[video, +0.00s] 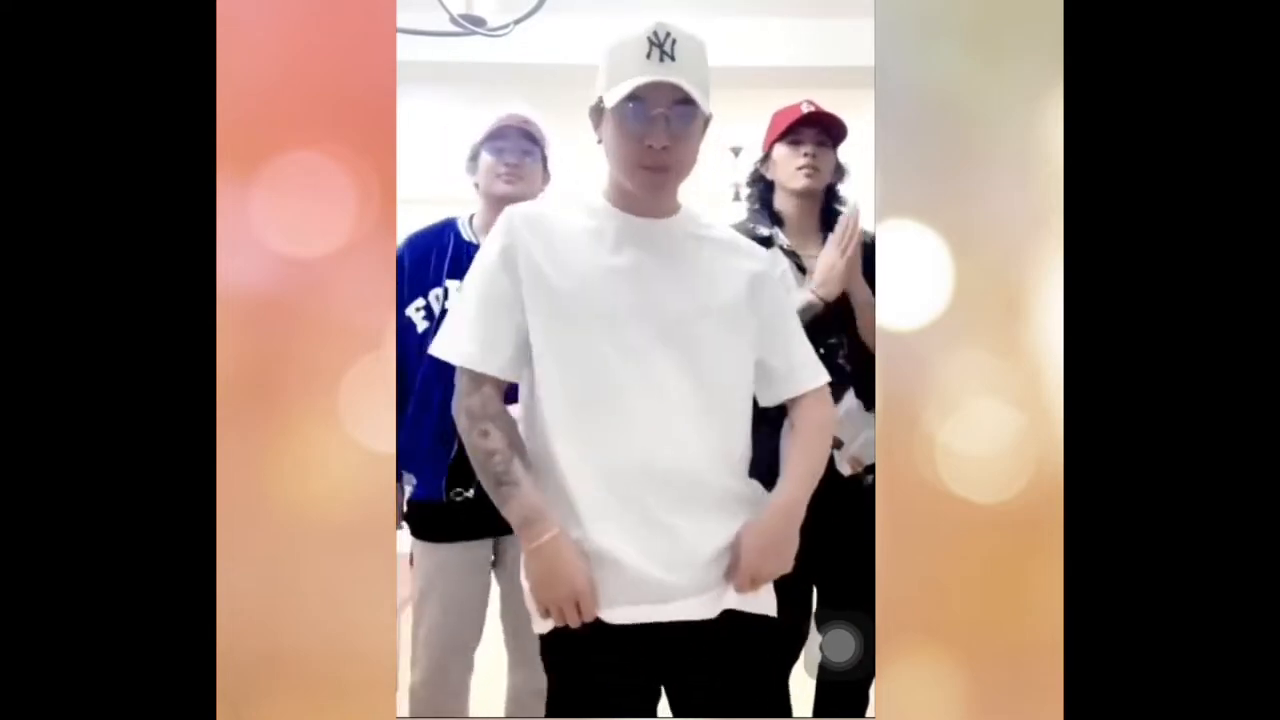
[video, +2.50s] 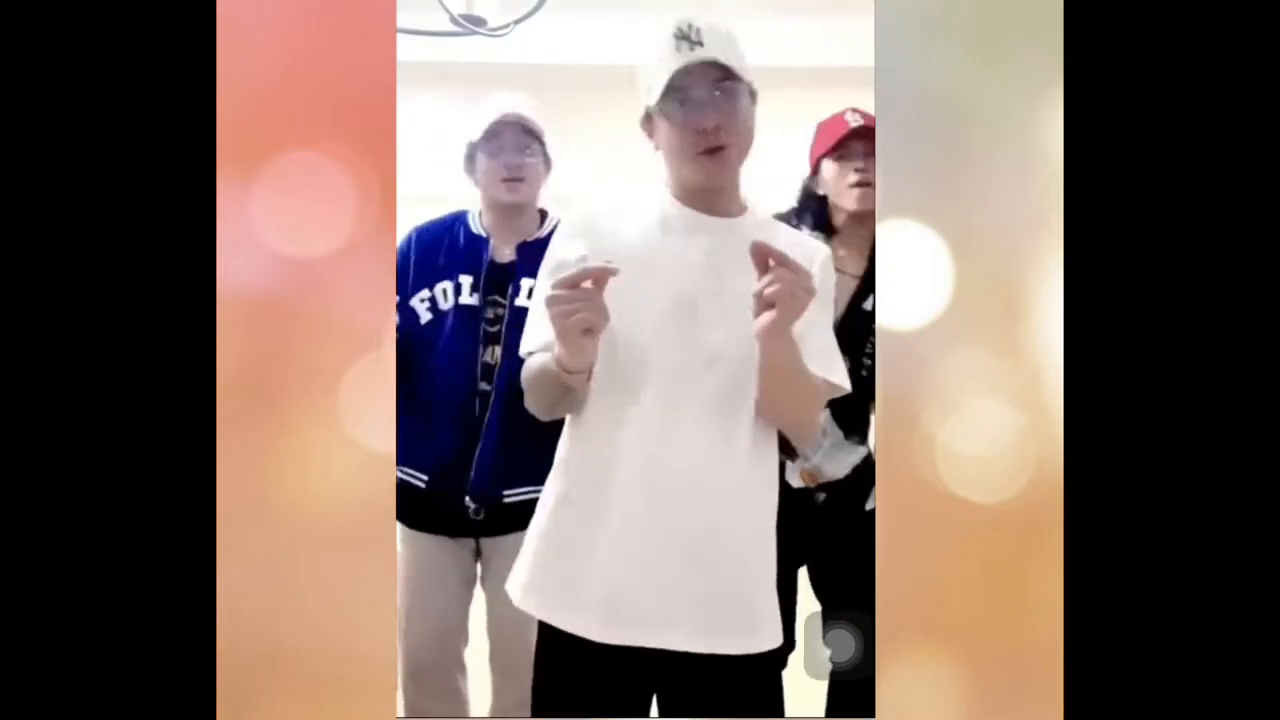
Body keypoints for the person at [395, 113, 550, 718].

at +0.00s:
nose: (511, 160)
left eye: (527, 153)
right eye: (498, 150)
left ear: (545, 179)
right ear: (473, 168)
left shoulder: (559, 260)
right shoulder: (420, 254)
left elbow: (581, 380)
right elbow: (386, 376)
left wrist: (574, 488)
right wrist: (388, 491)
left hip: (538, 498)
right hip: (447, 498)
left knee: (541, 670)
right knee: (439, 673)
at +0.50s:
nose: (492, 161)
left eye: (507, 153)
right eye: (477, 151)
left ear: (528, 179)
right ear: (454, 173)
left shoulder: (551, 266)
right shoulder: (412, 269)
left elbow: (573, 380)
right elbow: (380, 379)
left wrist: (560, 480)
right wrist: (385, 481)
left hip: (529, 498)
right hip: (434, 497)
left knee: (530, 668)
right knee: (424, 663)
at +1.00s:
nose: (490, 167)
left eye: (504, 158)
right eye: (475, 158)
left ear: (525, 181)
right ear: (451, 178)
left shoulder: (555, 261)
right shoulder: (402, 260)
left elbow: (580, 372)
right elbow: (348, 347)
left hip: (521, 504)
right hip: (424, 505)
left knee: (518, 661)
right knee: (425, 667)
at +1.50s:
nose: (477, 168)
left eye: (493, 153)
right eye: (460, 154)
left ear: (519, 168)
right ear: (437, 170)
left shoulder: (544, 241)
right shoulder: (401, 241)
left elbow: (574, 355)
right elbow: (364, 344)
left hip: (526, 483)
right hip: (435, 483)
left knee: (522, 655)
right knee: (438, 653)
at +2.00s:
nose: (462, 174)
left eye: (477, 161)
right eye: (448, 163)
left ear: (504, 178)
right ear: (429, 181)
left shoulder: (537, 265)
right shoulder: (398, 267)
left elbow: (570, 376)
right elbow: (370, 377)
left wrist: (568, 480)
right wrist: (380, 481)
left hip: (521, 502)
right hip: (428, 504)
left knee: (521, 675)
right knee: (428, 674)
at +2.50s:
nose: (513, 160)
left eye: (527, 149)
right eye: (496, 149)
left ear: (548, 171)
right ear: (471, 167)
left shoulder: (570, 257)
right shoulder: (422, 248)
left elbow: (590, 379)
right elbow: (376, 356)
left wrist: (582, 483)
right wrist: (383, 469)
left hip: (528, 503)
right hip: (428, 498)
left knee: (520, 676)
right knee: (427, 671)